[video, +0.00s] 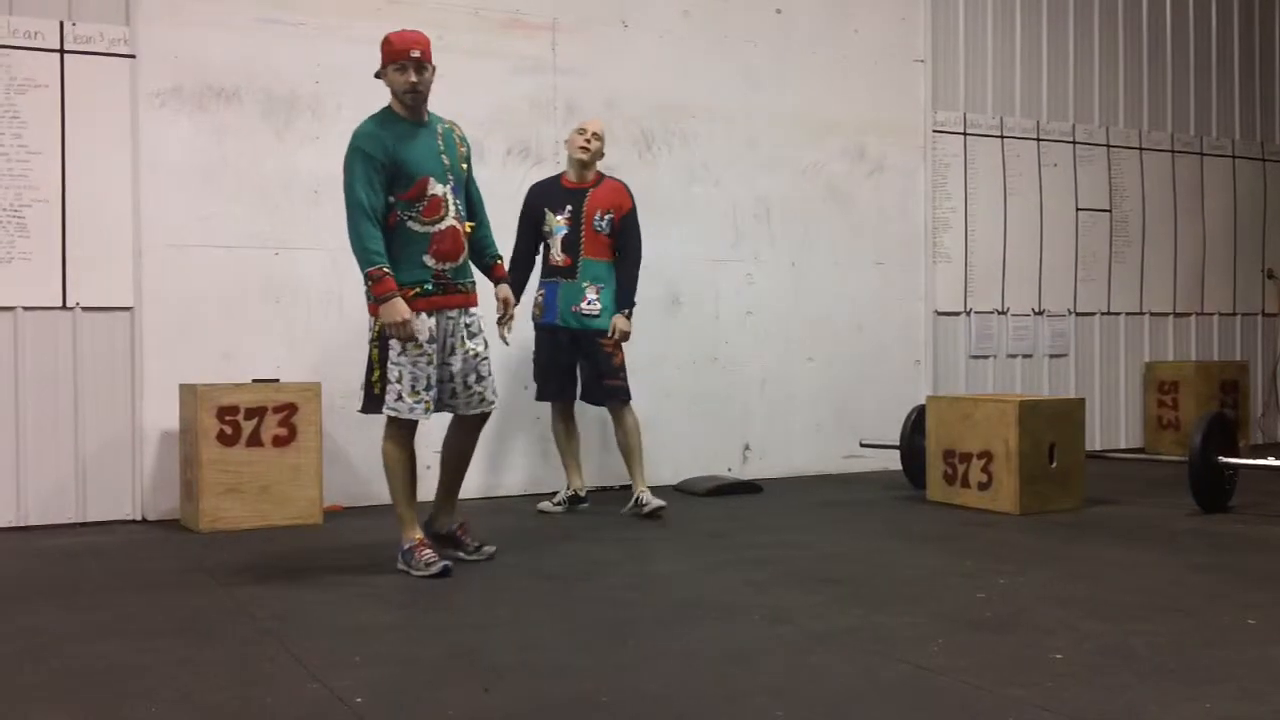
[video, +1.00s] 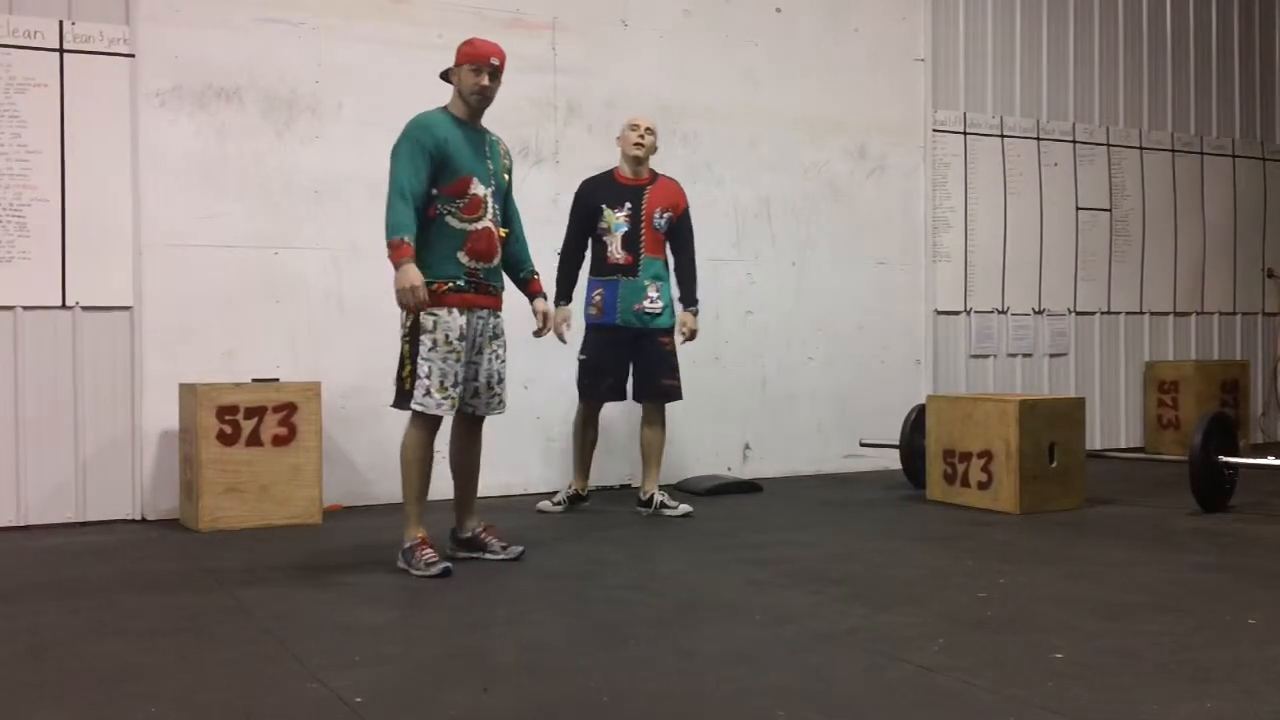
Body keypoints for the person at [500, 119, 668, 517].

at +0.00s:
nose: (587, 140)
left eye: (595, 137)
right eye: (582, 134)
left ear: (602, 152)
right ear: (567, 143)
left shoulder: (617, 193)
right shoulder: (541, 192)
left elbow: (630, 254)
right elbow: (524, 252)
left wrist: (624, 310)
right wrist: (508, 302)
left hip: (601, 318)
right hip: (553, 318)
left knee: (618, 402)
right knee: (560, 402)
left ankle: (640, 489)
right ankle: (575, 487)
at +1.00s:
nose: (642, 135)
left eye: (649, 132)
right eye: (635, 130)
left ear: (656, 147)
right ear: (619, 141)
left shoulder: (671, 192)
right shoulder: (592, 189)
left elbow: (684, 253)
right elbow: (572, 248)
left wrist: (689, 307)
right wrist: (562, 302)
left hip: (656, 319)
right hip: (605, 319)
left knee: (654, 405)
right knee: (589, 404)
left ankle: (650, 491)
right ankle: (578, 486)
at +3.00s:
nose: (580, 141)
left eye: (587, 134)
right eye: (573, 134)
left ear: (596, 142)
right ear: (559, 141)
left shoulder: (615, 187)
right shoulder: (537, 193)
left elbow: (631, 248)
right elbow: (523, 258)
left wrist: (639, 299)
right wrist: (517, 310)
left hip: (612, 315)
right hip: (561, 319)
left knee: (634, 400)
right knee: (566, 404)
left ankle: (652, 489)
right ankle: (574, 489)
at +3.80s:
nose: (643, 140)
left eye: (650, 134)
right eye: (635, 132)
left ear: (657, 141)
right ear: (620, 138)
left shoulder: (667, 189)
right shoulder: (594, 187)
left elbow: (678, 251)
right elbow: (574, 248)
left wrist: (687, 303)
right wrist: (572, 302)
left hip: (653, 316)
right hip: (605, 315)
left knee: (651, 404)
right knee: (590, 402)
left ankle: (647, 488)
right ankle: (578, 487)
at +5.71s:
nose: (645, 135)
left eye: (650, 129)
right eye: (636, 129)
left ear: (656, 133)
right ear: (619, 133)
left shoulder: (669, 182)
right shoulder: (594, 183)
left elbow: (680, 246)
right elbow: (580, 250)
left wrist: (686, 300)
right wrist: (586, 305)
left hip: (658, 314)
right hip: (613, 314)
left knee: (657, 404)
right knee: (615, 405)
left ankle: (649, 490)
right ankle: (616, 492)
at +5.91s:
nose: (644, 133)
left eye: (649, 126)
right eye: (636, 126)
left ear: (657, 132)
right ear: (619, 132)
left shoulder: (671, 182)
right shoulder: (596, 182)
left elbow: (681, 246)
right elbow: (581, 250)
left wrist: (685, 300)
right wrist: (585, 306)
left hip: (659, 314)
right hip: (613, 314)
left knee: (654, 404)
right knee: (617, 405)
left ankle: (648, 492)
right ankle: (616, 492)